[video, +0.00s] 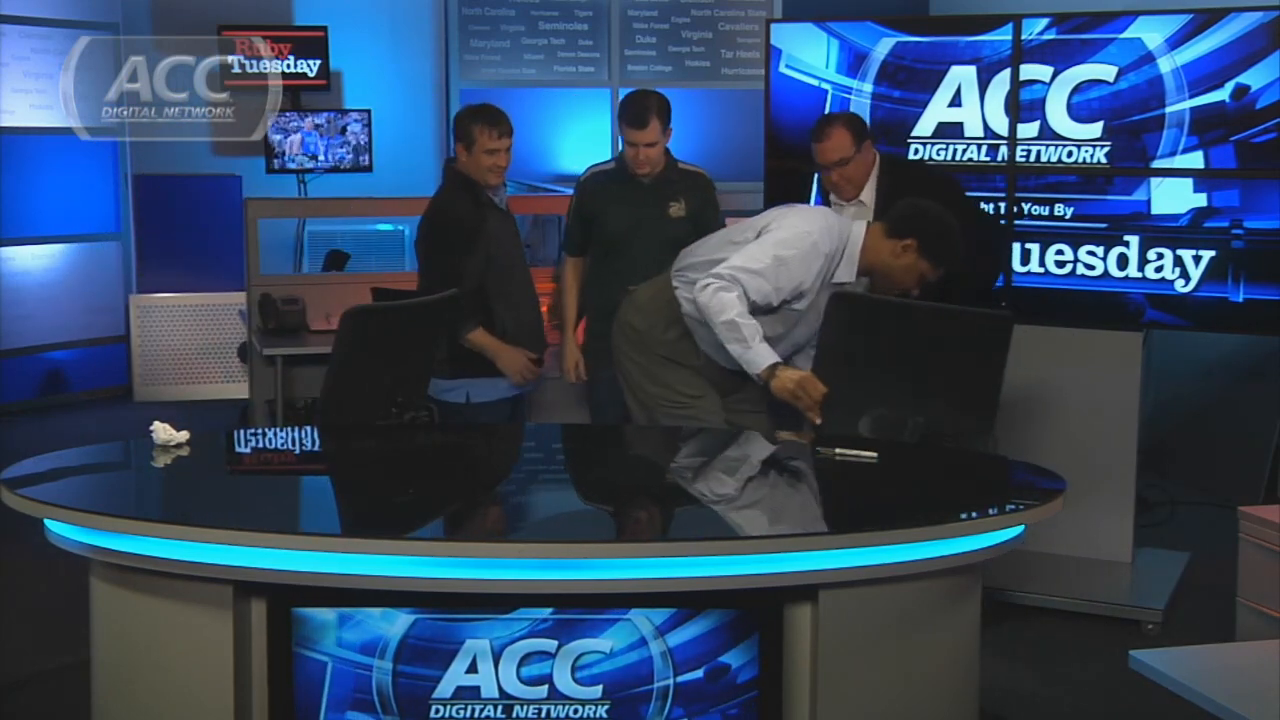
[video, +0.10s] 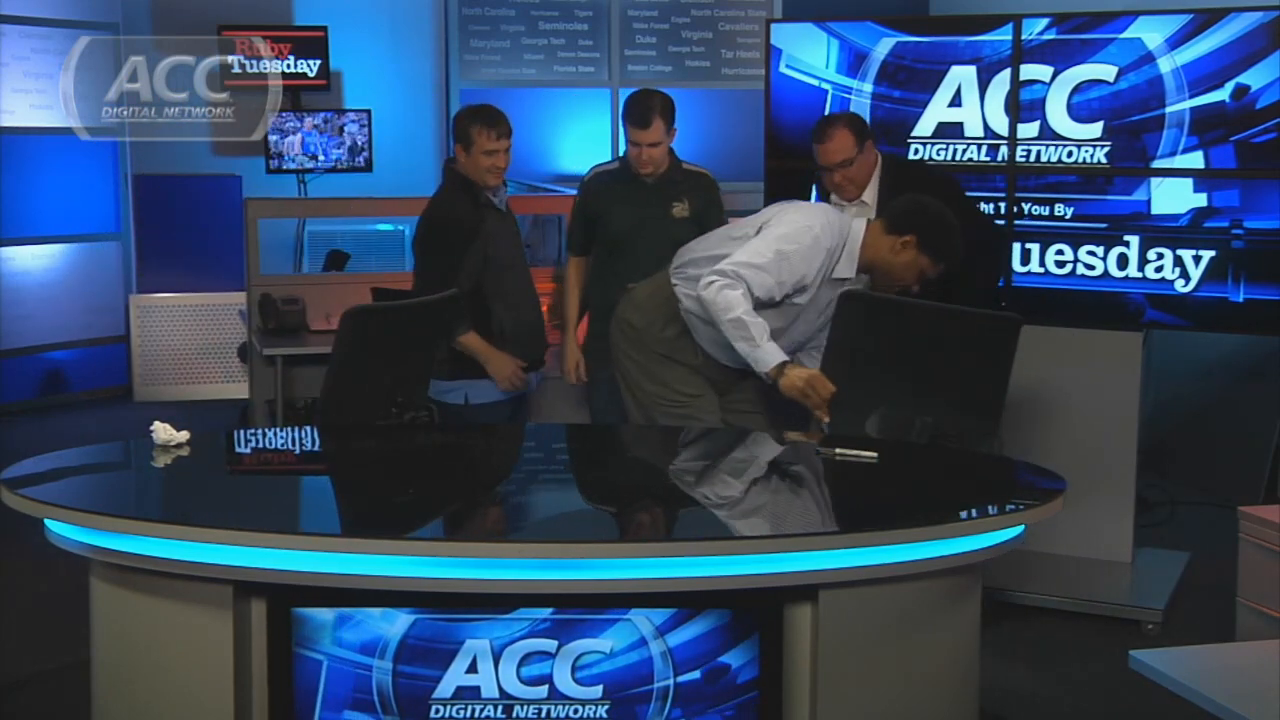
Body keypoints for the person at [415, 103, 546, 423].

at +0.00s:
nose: (502, 161)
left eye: (507, 151)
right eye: (491, 153)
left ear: (512, 147)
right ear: (462, 152)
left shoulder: (486, 204)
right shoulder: (451, 210)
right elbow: (443, 305)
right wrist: (500, 352)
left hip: (499, 384)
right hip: (471, 388)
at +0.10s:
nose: (502, 162)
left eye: (506, 152)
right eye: (490, 154)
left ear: (511, 148)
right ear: (461, 153)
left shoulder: (491, 203)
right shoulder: (448, 212)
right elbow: (435, 307)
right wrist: (491, 358)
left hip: (503, 384)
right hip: (469, 390)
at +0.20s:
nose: (499, 163)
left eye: (503, 153)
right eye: (487, 155)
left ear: (509, 148)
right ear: (458, 154)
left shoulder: (494, 204)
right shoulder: (443, 214)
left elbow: (503, 285)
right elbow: (430, 308)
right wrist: (484, 361)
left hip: (511, 382)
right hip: (468, 391)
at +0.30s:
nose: (496, 163)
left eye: (501, 153)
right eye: (485, 155)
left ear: (506, 148)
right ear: (455, 154)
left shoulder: (495, 202)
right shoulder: (440, 215)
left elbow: (505, 283)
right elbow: (429, 310)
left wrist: (528, 349)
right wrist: (479, 364)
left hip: (513, 381)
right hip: (466, 391)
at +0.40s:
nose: (494, 163)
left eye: (499, 153)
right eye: (483, 155)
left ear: (504, 148)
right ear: (454, 155)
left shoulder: (496, 200)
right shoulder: (436, 216)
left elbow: (507, 282)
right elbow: (425, 308)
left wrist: (530, 347)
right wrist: (473, 365)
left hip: (514, 378)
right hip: (464, 390)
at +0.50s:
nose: (491, 164)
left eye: (497, 153)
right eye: (480, 155)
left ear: (502, 149)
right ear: (452, 154)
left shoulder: (496, 198)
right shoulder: (435, 217)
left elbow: (506, 280)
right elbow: (422, 309)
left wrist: (528, 346)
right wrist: (467, 369)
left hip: (515, 379)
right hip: (463, 391)